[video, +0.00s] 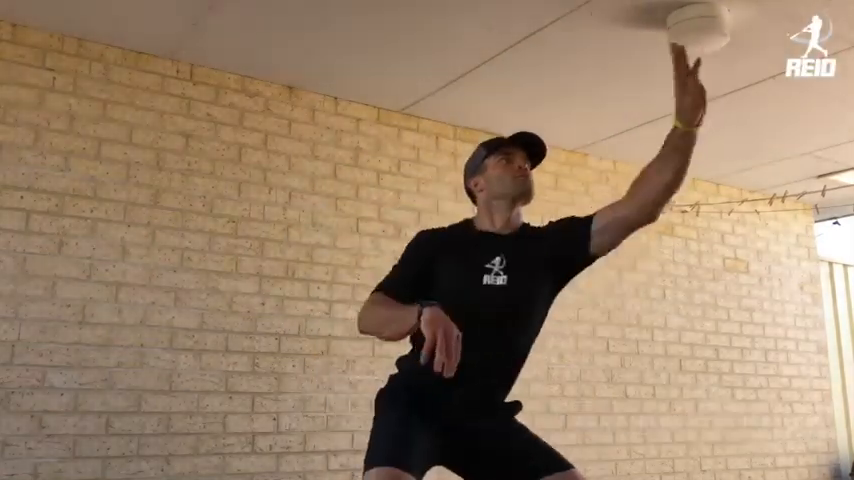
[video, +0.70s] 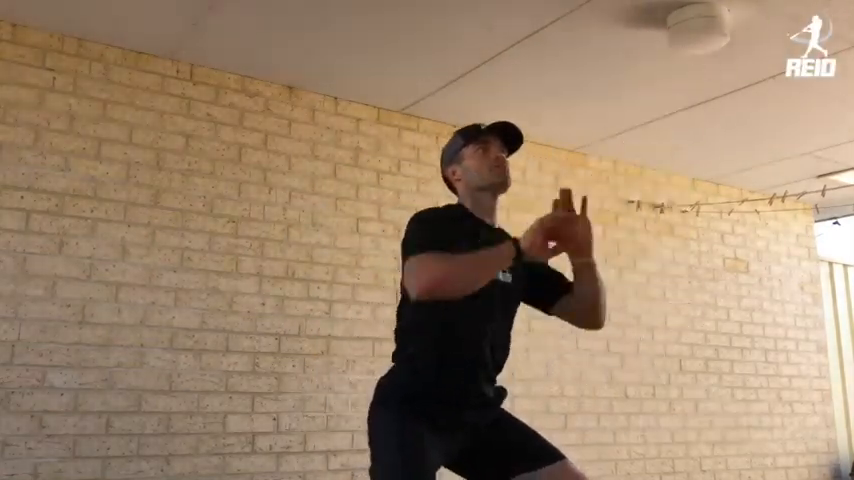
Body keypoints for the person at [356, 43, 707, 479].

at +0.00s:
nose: (523, 167)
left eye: (527, 163)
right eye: (506, 159)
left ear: (532, 182)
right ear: (476, 183)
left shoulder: (551, 248)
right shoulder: (433, 246)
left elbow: (637, 208)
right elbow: (371, 316)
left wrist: (687, 124)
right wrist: (422, 314)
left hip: (484, 418)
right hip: (415, 403)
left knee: (568, 476)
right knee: (387, 474)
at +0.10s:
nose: (520, 160)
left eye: (524, 157)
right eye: (504, 154)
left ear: (531, 179)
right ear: (475, 179)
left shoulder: (550, 249)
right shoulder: (437, 241)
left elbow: (648, 267)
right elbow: (386, 319)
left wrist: (668, 206)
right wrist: (460, 309)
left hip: (489, 415)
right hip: (419, 403)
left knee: (570, 475)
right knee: (394, 475)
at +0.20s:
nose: (528, 161)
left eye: (530, 156)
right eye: (510, 155)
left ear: (537, 176)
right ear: (481, 180)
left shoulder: (545, 259)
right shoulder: (450, 231)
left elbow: (621, 325)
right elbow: (414, 286)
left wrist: (656, 301)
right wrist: (514, 274)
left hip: (488, 413)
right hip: (420, 401)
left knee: (571, 475)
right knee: (401, 474)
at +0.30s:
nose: (537, 172)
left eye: (540, 166)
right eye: (519, 164)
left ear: (546, 183)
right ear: (489, 186)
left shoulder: (546, 277)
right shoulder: (464, 226)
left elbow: (575, 350)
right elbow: (463, 233)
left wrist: (629, 352)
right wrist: (562, 220)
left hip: (486, 419)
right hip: (419, 407)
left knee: (570, 475)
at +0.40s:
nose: (538, 187)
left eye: (547, 178)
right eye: (524, 174)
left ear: (553, 191)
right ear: (492, 186)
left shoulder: (529, 273)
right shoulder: (477, 235)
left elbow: (538, 353)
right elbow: (525, 191)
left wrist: (599, 366)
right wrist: (626, 147)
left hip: (481, 422)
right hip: (417, 416)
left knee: (569, 475)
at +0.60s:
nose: (516, 163)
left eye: (519, 158)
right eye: (499, 157)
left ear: (526, 174)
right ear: (470, 182)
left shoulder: (519, 271)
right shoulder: (456, 223)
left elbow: (551, 349)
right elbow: (504, 226)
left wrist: (582, 314)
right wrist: (597, 184)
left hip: (476, 416)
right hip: (415, 410)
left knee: (568, 475)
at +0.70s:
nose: (499, 155)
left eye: (502, 150)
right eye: (482, 149)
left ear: (510, 167)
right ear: (455, 174)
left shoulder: (513, 255)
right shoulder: (431, 223)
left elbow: (589, 315)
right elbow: (423, 282)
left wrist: (582, 257)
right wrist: (517, 249)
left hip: (477, 410)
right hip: (411, 405)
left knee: (567, 476)